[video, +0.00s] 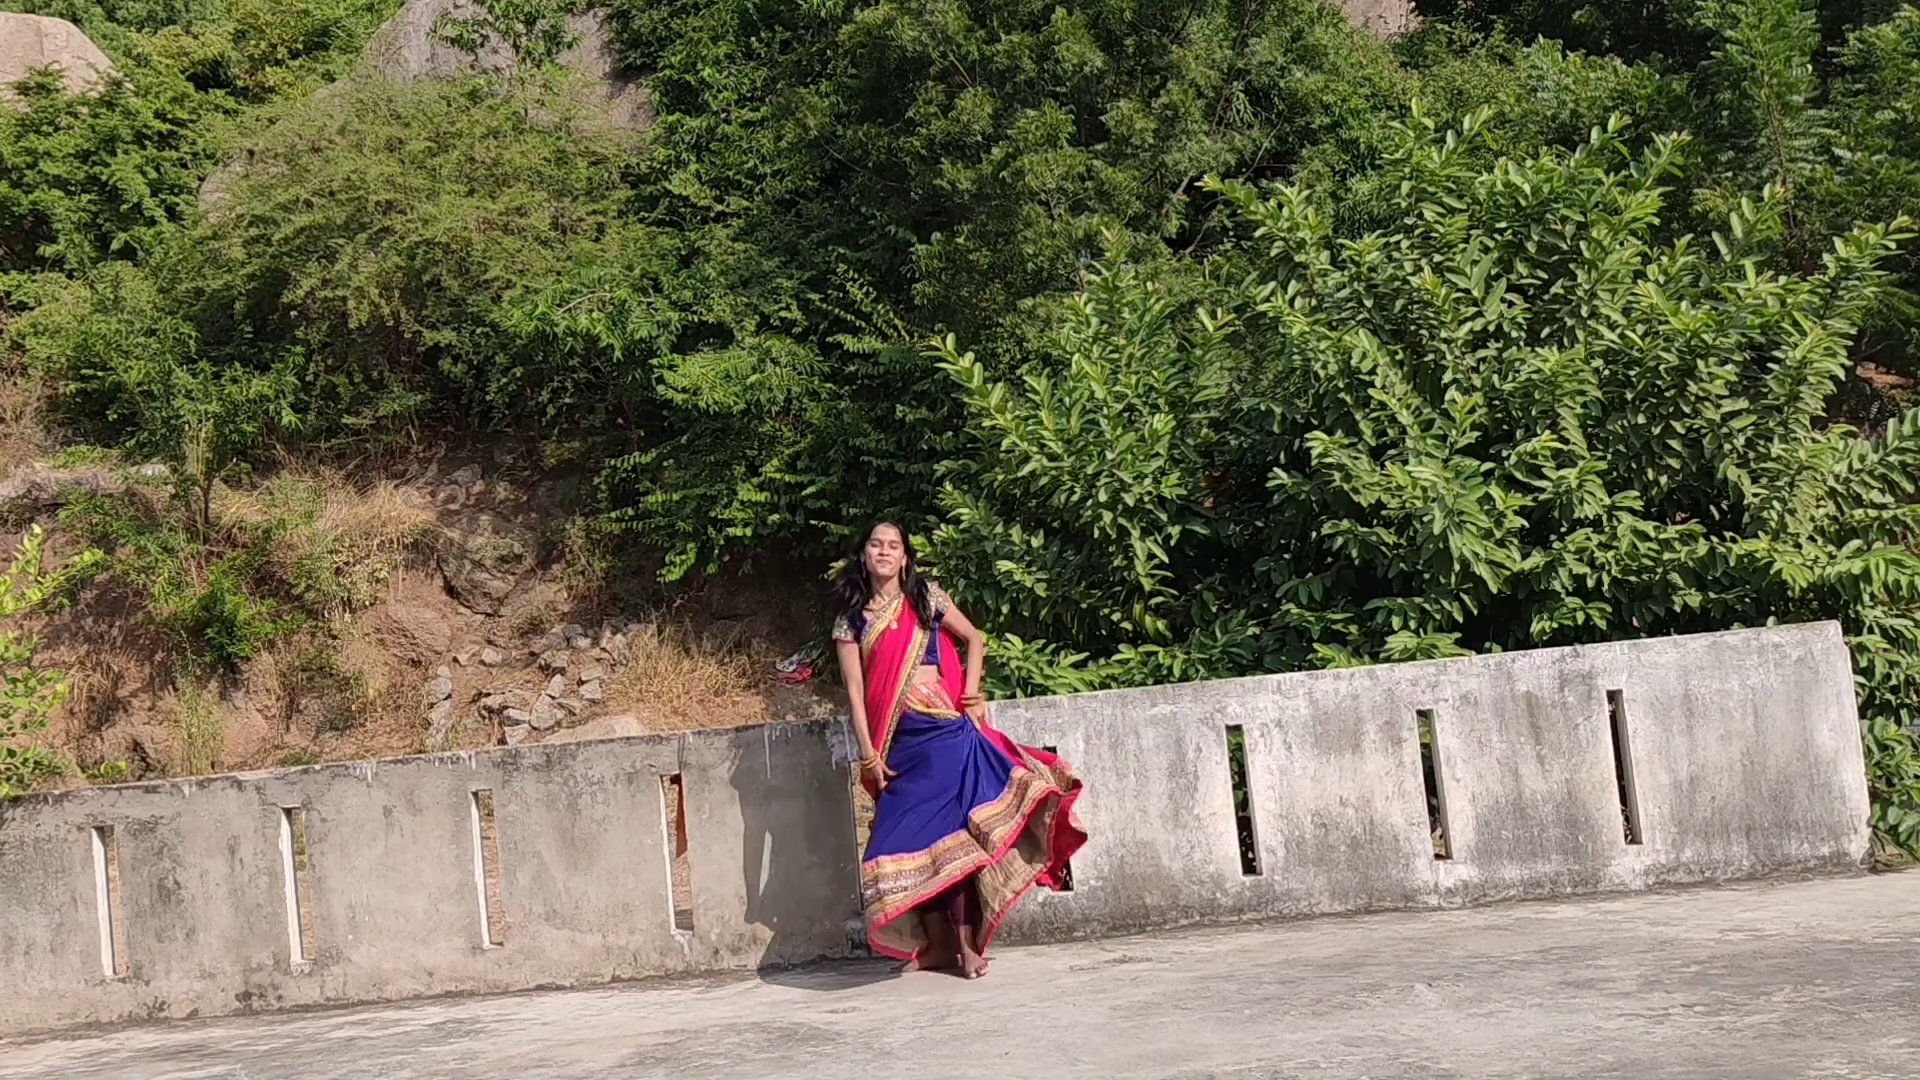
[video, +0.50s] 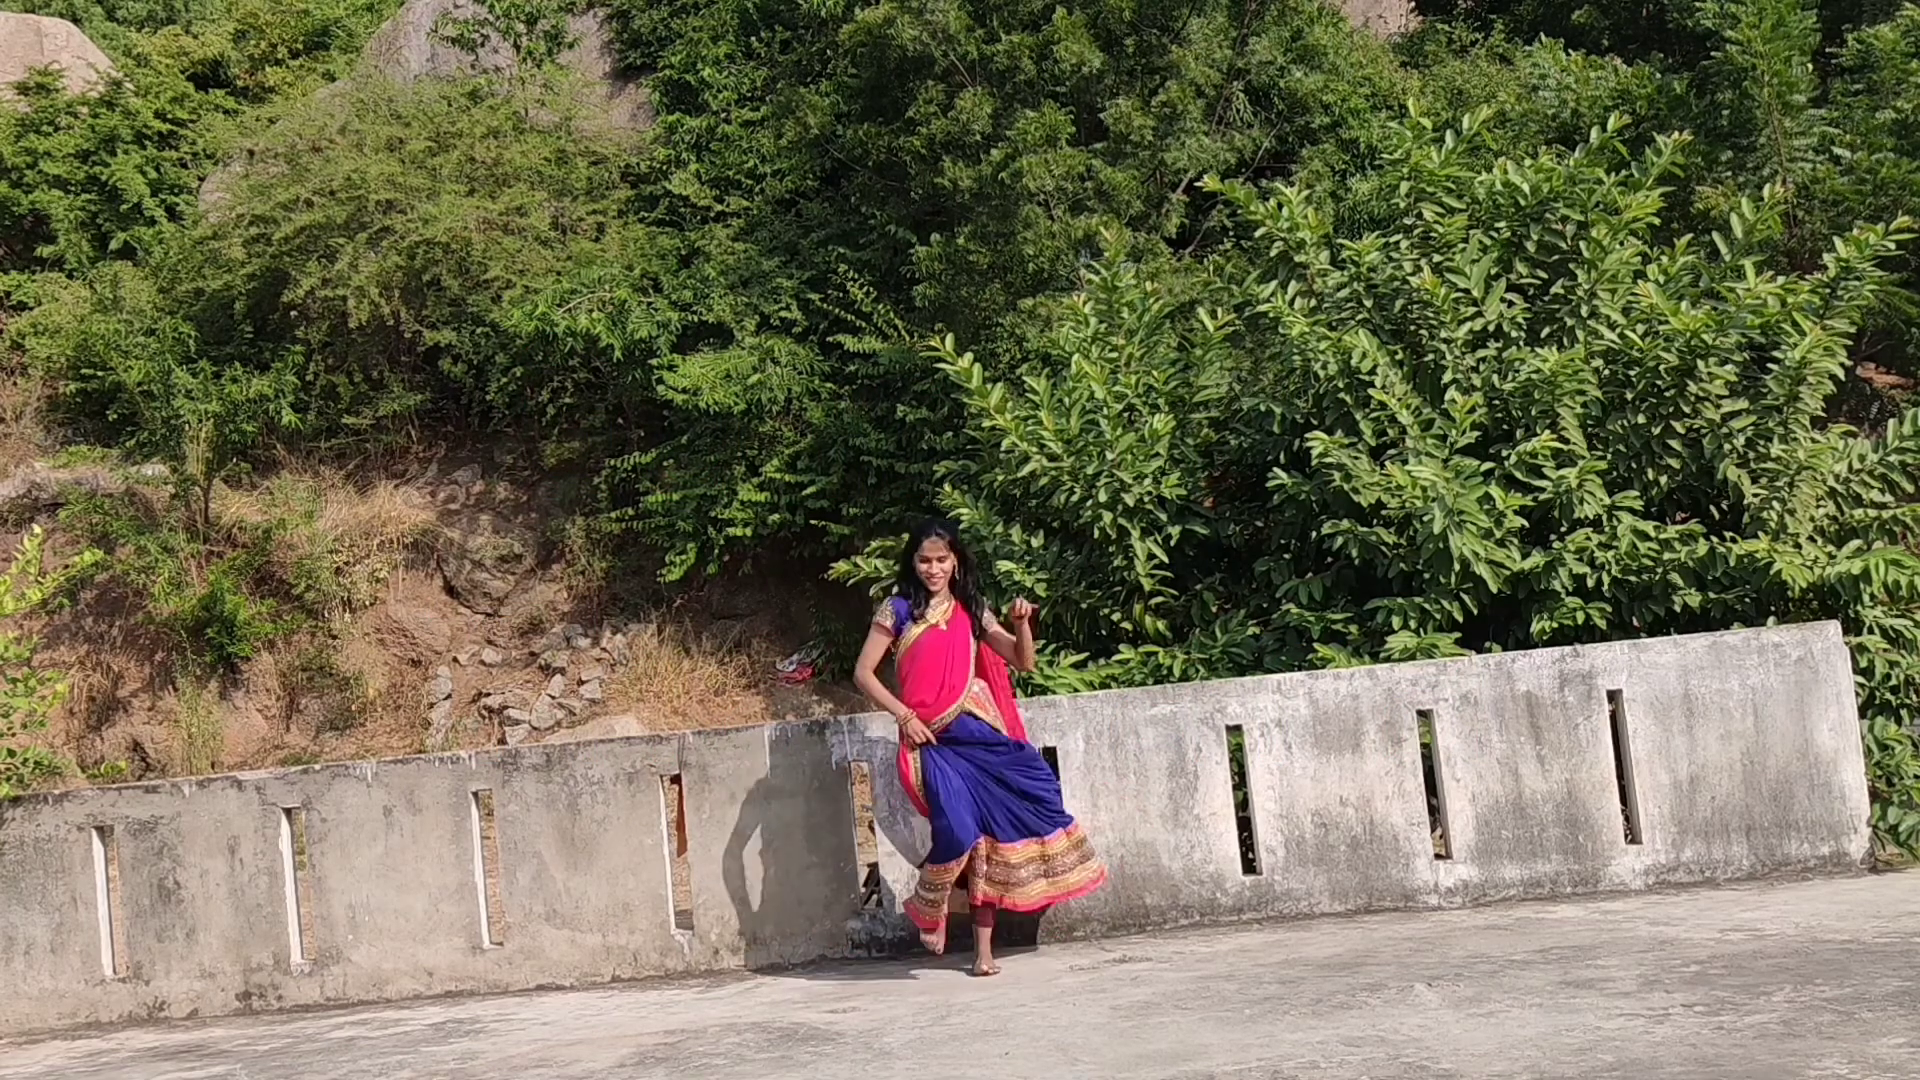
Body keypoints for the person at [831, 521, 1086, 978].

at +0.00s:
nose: (884, 552)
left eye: (892, 546)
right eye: (876, 544)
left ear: (905, 557)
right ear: (863, 554)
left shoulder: (927, 597)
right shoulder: (851, 621)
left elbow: (974, 638)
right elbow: (855, 690)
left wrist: (971, 691)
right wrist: (869, 752)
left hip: (949, 731)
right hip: (900, 739)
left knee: (959, 831)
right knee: (915, 835)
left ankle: (966, 943)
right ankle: (936, 942)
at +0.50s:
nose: (932, 568)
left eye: (941, 559)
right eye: (924, 559)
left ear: (956, 562)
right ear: (912, 563)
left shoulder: (971, 609)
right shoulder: (897, 609)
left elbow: (1023, 662)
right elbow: (862, 672)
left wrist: (1023, 624)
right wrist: (903, 715)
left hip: (979, 731)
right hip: (930, 737)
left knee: (986, 836)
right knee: (960, 833)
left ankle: (983, 947)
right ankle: (930, 906)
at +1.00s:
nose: (952, 562)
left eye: (961, 553)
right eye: (944, 554)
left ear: (978, 557)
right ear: (933, 559)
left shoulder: (1000, 604)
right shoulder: (921, 606)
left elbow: (1044, 571)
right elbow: (881, 665)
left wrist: (1010, 534)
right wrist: (923, 697)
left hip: (990, 733)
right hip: (940, 735)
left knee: (982, 837)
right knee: (961, 840)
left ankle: (938, 925)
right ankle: (978, 963)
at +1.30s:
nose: (962, 533)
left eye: (971, 526)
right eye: (953, 527)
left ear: (988, 537)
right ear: (941, 539)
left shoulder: (1007, 590)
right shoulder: (930, 589)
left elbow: (1068, 556)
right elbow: (886, 644)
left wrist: (1025, 520)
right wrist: (929, 705)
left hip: (1001, 726)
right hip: (951, 731)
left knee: (1006, 838)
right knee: (957, 841)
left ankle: (992, 951)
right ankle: (962, 961)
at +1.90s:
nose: (999, 524)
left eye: (1006, 514)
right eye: (989, 519)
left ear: (1026, 522)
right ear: (979, 533)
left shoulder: (1050, 578)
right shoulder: (966, 584)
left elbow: (1126, 551)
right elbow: (904, 639)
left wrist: (1081, 511)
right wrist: (945, 703)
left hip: (1036, 714)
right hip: (980, 721)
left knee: (1052, 818)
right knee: (1038, 804)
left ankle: (1045, 962)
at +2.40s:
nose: (1030, 545)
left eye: (1038, 533)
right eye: (1019, 537)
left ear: (1059, 535)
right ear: (1009, 545)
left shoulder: (1085, 582)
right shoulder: (1002, 601)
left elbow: (1123, 537)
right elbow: (956, 668)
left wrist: (1166, 493)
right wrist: (983, 686)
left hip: (1072, 726)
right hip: (1018, 732)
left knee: (1072, 846)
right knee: (1037, 852)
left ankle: (1088, 979)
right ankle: (1056, 980)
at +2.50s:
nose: (1035, 540)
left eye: (1044, 529)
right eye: (1024, 531)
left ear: (1062, 534)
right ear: (1011, 540)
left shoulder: (1090, 579)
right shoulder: (1001, 604)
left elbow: (1145, 559)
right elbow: (986, 674)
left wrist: (1206, 542)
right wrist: (994, 714)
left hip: (1084, 734)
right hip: (1025, 740)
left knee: (1086, 855)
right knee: (1037, 860)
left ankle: (1100, 983)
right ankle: (1051, 988)